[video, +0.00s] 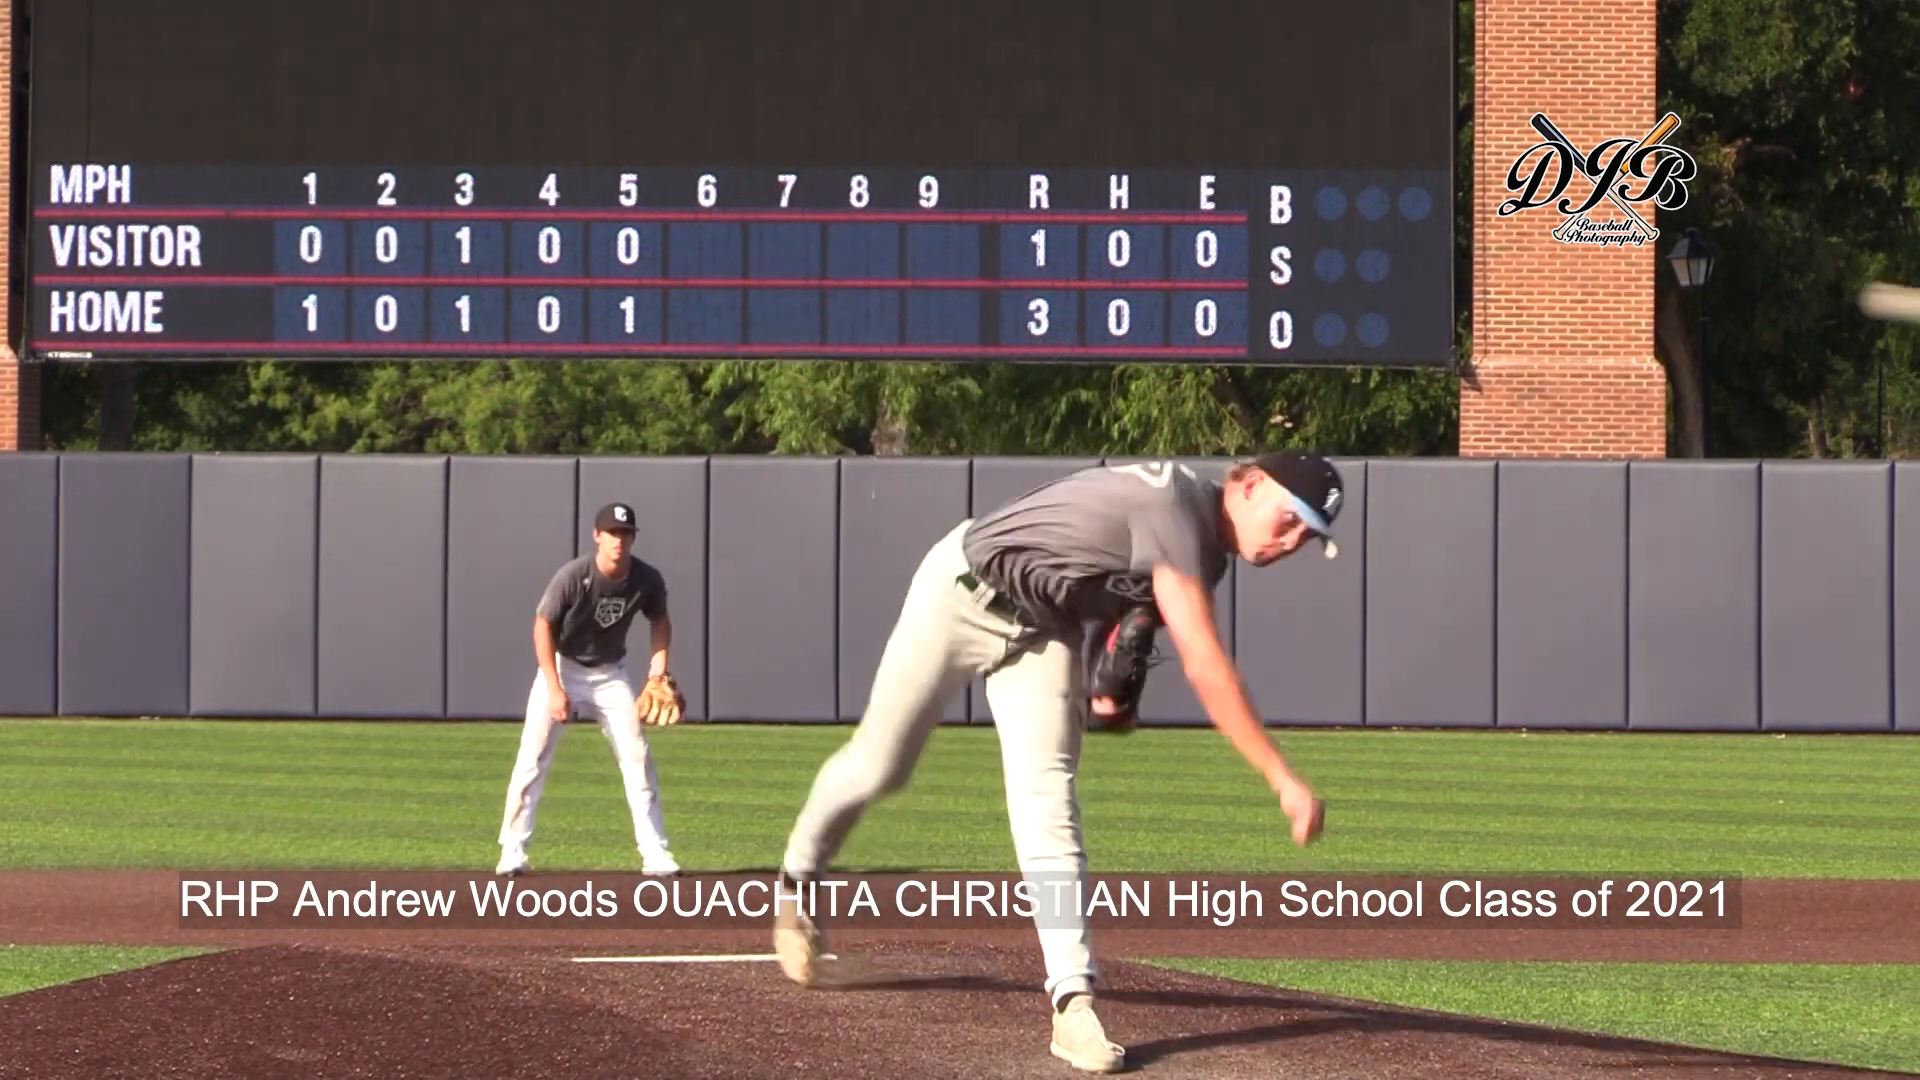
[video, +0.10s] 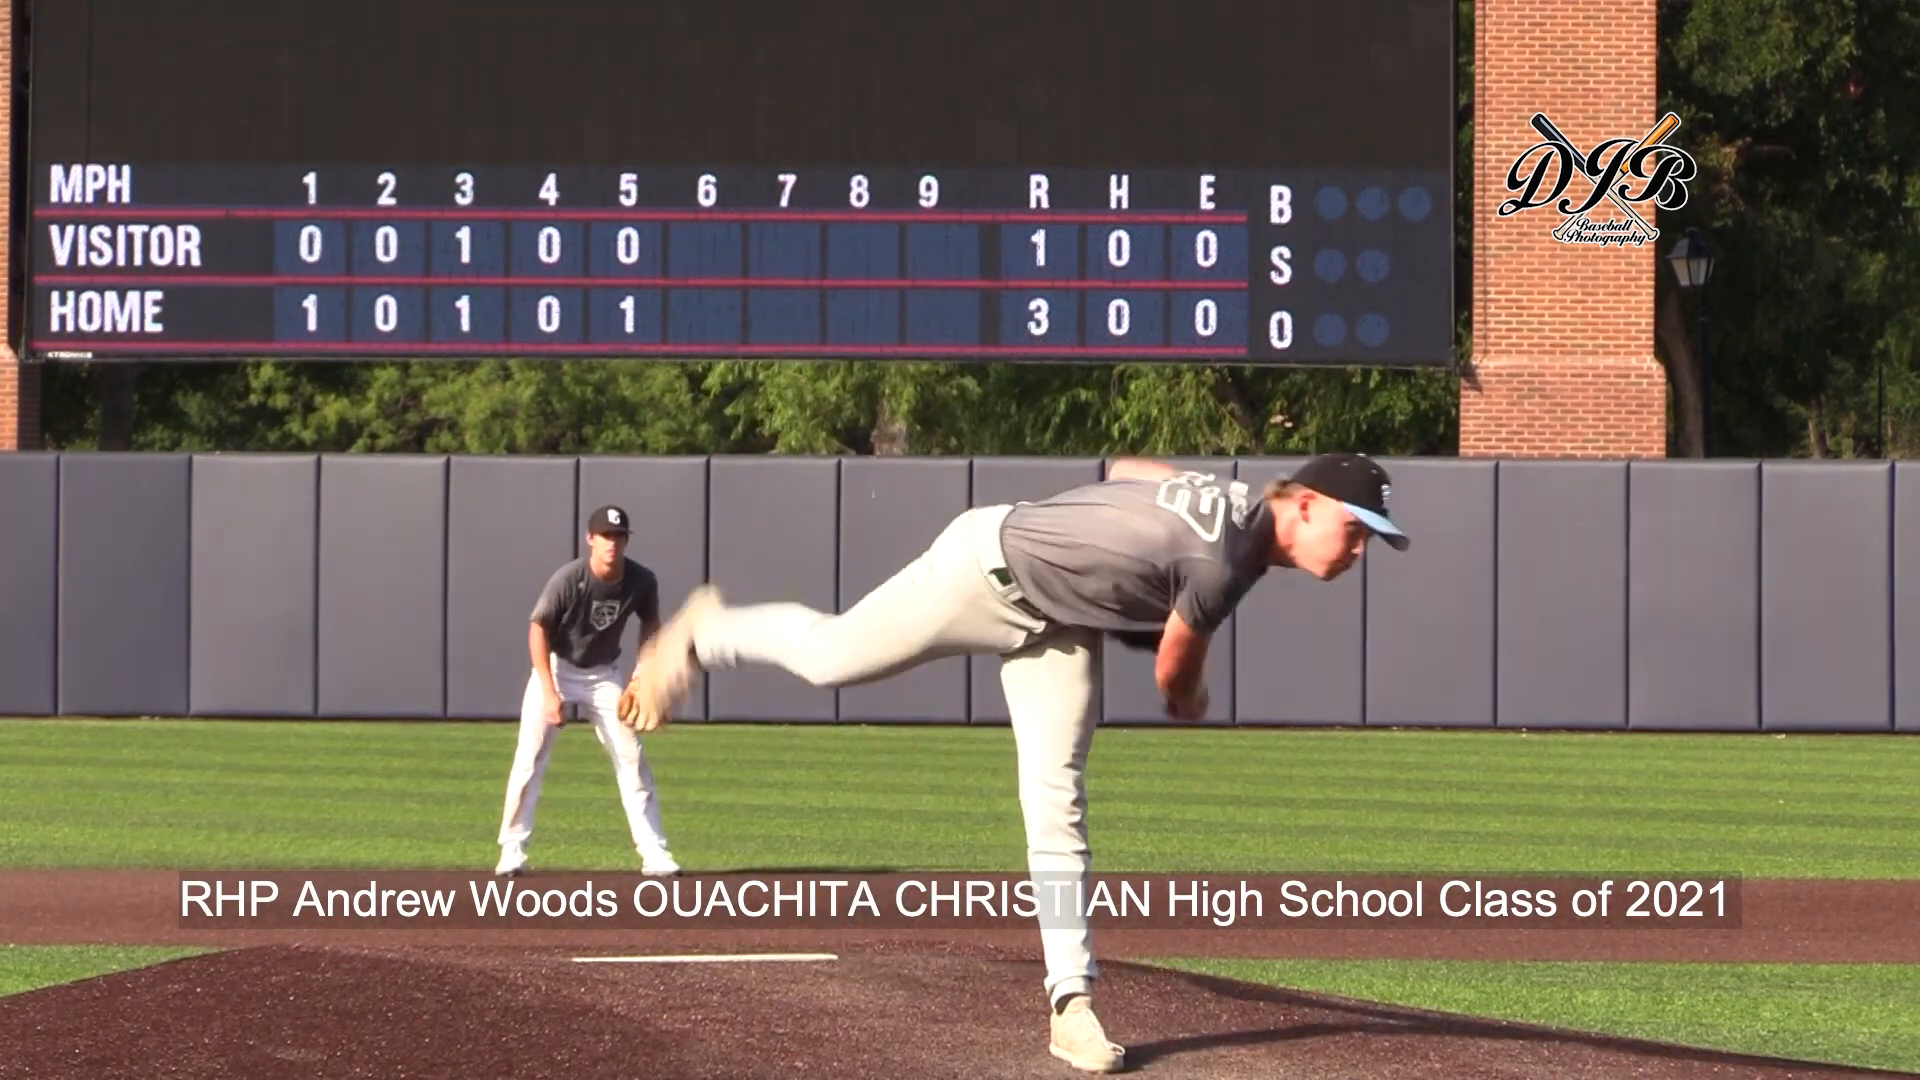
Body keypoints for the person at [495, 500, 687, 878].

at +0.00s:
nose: (620, 541)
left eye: (626, 535)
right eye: (612, 534)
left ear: (633, 538)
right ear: (597, 536)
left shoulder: (647, 580)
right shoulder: (572, 576)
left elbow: (660, 621)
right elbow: (542, 625)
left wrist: (657, 673)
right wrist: (554, 689)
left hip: (610, 675)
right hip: (561, 670)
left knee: (637, 756)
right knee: (530, 760)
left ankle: (655, 855)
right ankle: (513, 853)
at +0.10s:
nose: (612, 544)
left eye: (619, 537)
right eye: (605, 537)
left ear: (627, 541)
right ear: (590, 539)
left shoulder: (642, 581)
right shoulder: (568, 579)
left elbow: (650, 630)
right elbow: (537, 629)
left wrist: (638, 681)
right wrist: (549, 693)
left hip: (604, 676)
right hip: (555, 671)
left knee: (632, 757)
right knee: (528, 761)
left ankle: (654, 854)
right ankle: (512, 851)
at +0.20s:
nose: (609, 545)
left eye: (616, 538)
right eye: (602, 537)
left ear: (624, 541)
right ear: (585, 540)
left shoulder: (638, 581)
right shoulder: (563, 581)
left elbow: (646, 622)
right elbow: (535, 629)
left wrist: (633, 664)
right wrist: (541, 693)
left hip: (604, 675)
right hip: (554, 673)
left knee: (632, 763)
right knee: (527, 762)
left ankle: (654, 854)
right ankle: (512, 851)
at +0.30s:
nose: (608, 544)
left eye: (614, 537)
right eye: (600, 536)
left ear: (623, 540)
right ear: (585, 539)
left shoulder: (638, 580)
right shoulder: (561, 581)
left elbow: (645, 621)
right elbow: (532, 629)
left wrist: (626, 666)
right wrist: (533, 690)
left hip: (606, 672)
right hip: (555, 670)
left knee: (631, 763)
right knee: (528, 763)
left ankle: (654, 853)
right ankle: (512, 851)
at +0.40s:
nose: (608, 543)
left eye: (615, 536)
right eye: (601, 535)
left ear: (623, 539)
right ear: (585, 537)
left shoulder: (639, 579)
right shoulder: (562, 579)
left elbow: (647, 621)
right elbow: (532, 627)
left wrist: (626, 666)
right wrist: (529, 691)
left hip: (607, 671)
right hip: (556, 668)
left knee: (631, 761)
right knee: (532, 760)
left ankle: (654, 852)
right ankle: (512, 850)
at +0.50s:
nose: (609, 541)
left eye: (615, 534)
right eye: (601, 533)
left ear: (623, 538)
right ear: (585, 536)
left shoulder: (640, 578)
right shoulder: (563, 579)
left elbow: (651, 618)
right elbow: (534, 627)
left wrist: (633, 664)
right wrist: (529, 691)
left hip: (608, 670)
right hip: (557, 668)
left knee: (633, 760)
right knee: (534, 760)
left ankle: (654, 852)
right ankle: (513, 851)